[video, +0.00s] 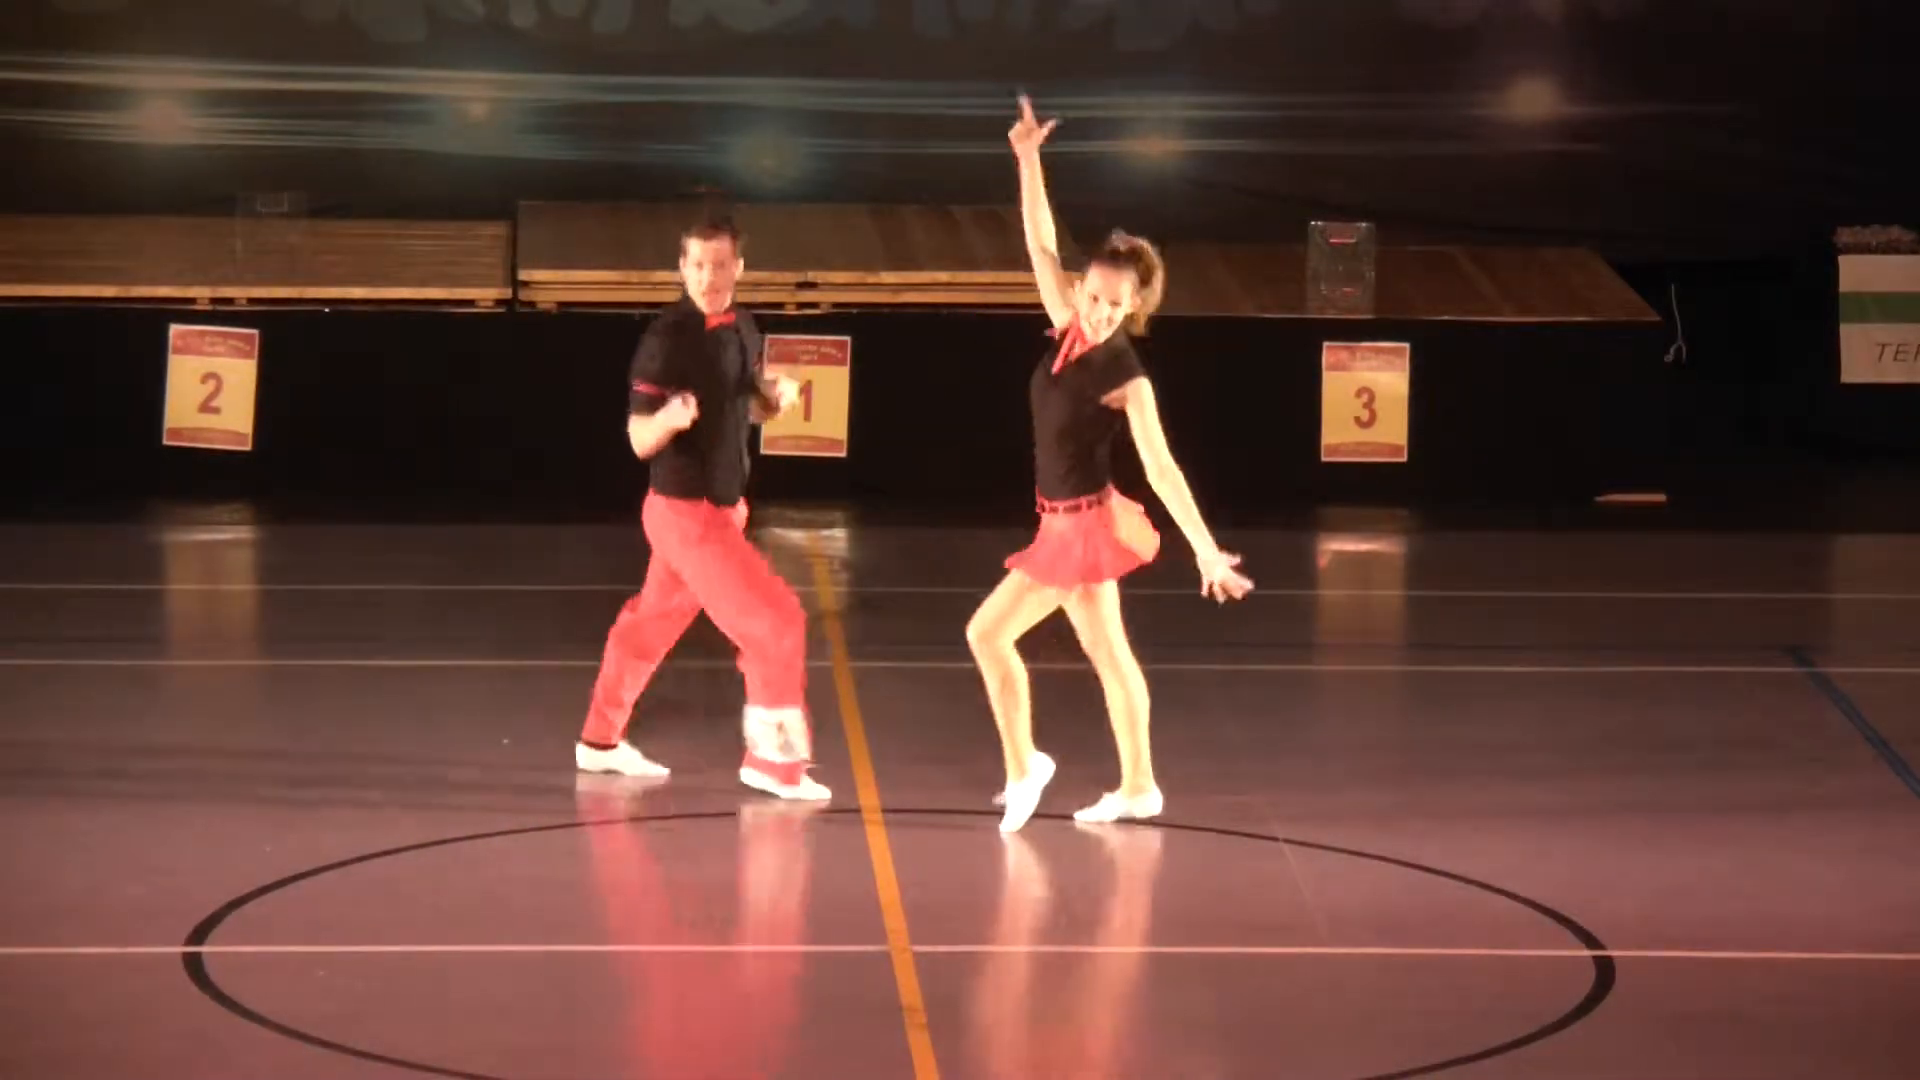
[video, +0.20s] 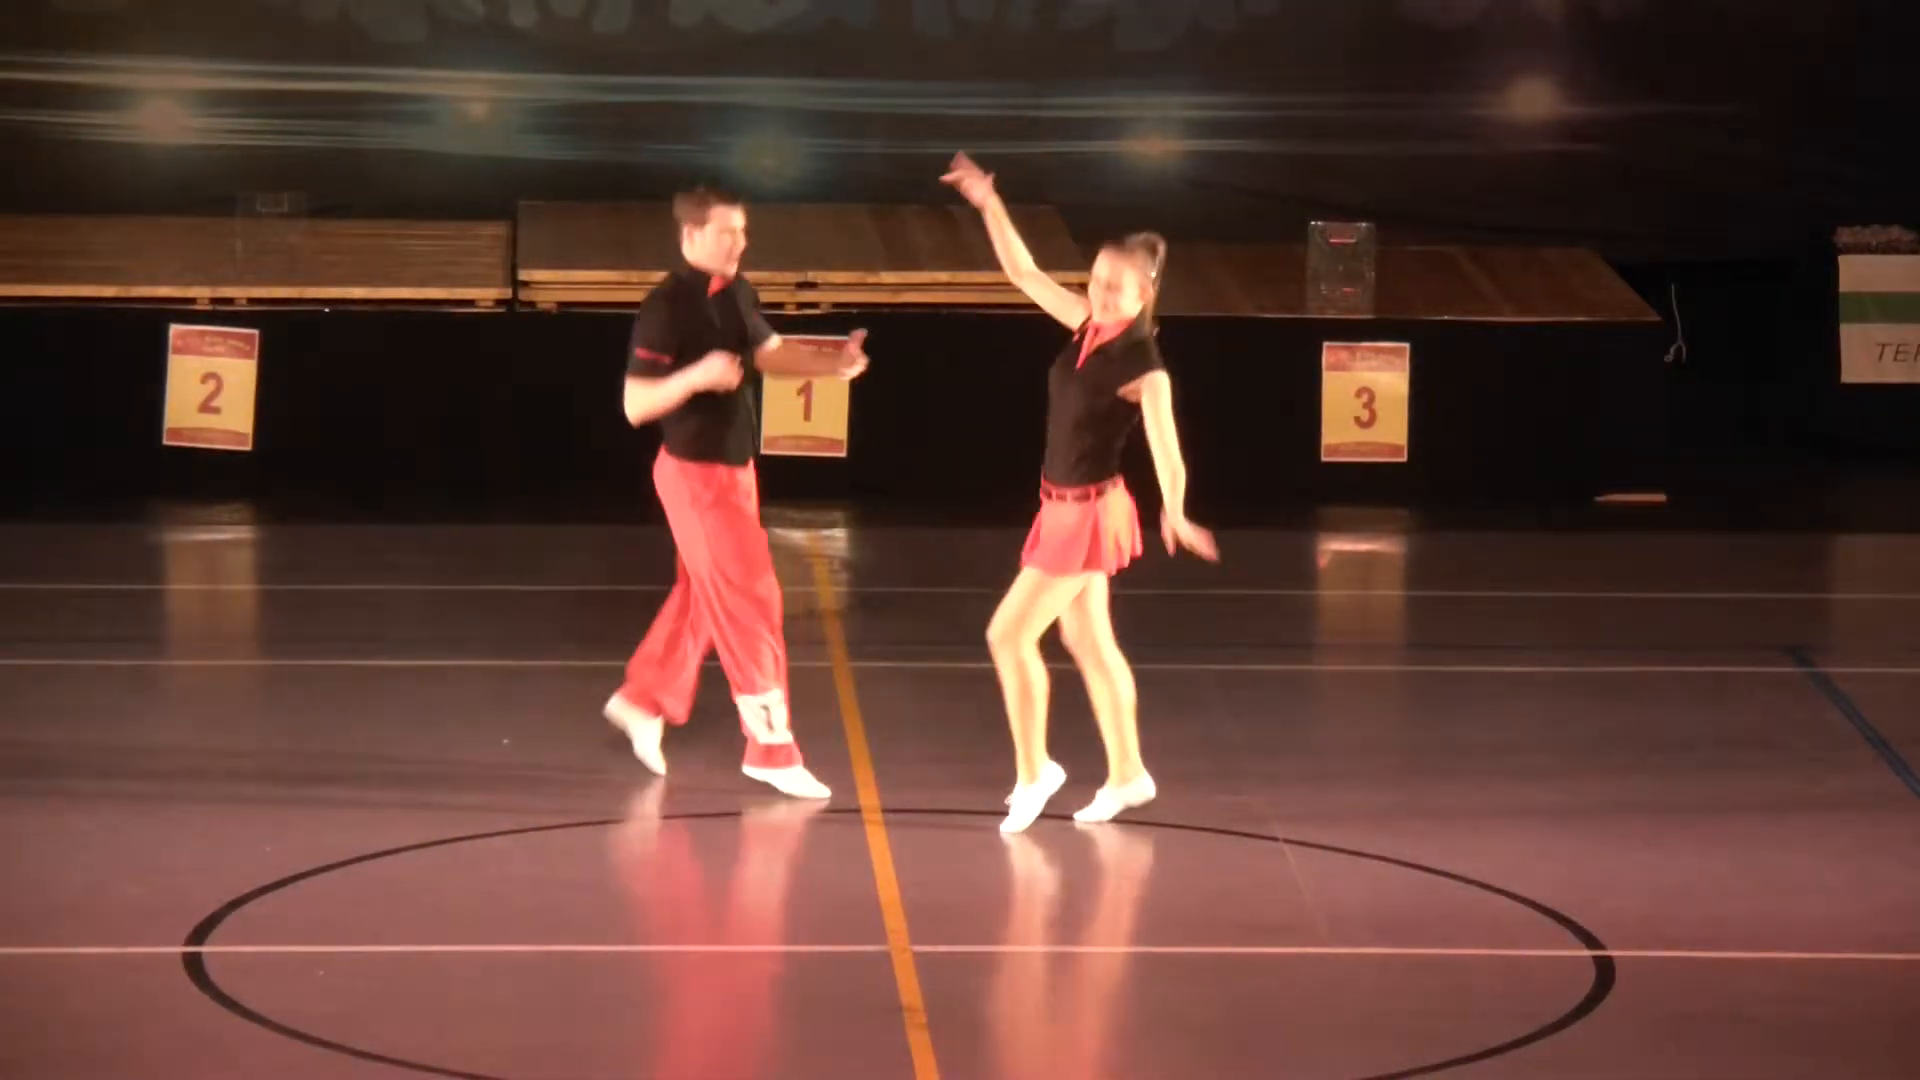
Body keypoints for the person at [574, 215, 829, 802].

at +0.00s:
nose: (710, 278)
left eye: (721, 265)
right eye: (699, 265)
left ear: (739, 266)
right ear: (682, 265)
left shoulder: (745, 333)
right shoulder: (665, 336)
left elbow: (755, 412)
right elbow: (639, 440)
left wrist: (773, 397)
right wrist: (669, 419)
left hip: (723, 510)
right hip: (677, 510)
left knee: (649, 625)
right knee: (775, 617)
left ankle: (599, 742)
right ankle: (772, 761)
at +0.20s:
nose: (738, 243)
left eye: (741, 232)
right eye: (726, 231)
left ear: (738, 236)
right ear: (690, 236)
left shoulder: (734, 292)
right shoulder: (664, 305)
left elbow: (768, 354)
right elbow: (637, 404)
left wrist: (830, 360)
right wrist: (697, 376)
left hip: (735, 470)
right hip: (692, 473)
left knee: (706, 590)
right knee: (750, 595)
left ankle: (641, 699)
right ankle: (770, 748)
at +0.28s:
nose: (746, 224)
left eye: (745, 213)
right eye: (735, 213)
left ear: (716, 222)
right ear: (696, 219)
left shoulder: (728, 283)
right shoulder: (670, 289)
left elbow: (780, 338)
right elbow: (633, 385)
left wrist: (853, 352)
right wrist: (705, 342)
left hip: (736, 451)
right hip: (688, 458)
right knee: (728, 572)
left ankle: (713, 640)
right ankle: (731, 736)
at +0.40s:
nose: (738, 239)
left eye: (737, 228)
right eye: (727, 229)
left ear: (710, 237)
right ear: (690, 237)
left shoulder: (722, 296)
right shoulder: (673, 307)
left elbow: (789, 344)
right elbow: (660, 389)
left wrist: (872, 363)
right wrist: (691, 416)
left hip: (732, 455)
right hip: (684, 481)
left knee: (824, 473)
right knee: (706, 607)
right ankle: (674, 767)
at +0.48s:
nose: (740, 238)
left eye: (739, 226)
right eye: (729, 227)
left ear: (711, 236)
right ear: (692, 235)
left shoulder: (728, 300)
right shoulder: (672, 301)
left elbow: (797, 344)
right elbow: (639, 392)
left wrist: (882, 355)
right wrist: (698, 380)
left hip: (721, 457)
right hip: (673, 478)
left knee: (814, 450)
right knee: (692, 602)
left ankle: (886, 550)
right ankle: (669, 760)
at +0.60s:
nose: (752, 225)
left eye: (752, 213)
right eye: (742, 214)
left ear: (719, 220)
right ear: (703, 219)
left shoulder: (739, 285)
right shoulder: (675, 278)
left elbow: (793, 338)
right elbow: (625, 364)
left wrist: (872, 337)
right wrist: (657, 406)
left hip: (703, 451)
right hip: (653, 454)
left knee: (777, 538)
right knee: (751, 534)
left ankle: (697, 668)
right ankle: (679, 658)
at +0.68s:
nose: (752, 235)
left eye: (751, 223)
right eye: (741, 224)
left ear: (723, 230)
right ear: (703, 232)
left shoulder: (741, 296)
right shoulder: (664, 299)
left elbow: (800, 345)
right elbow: (606, 382)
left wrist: (865, 329)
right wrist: (649, 411)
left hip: (696, 470)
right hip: (661, 470)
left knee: (669, 607)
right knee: (785, 540)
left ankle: (616, 754)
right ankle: (707, 655)